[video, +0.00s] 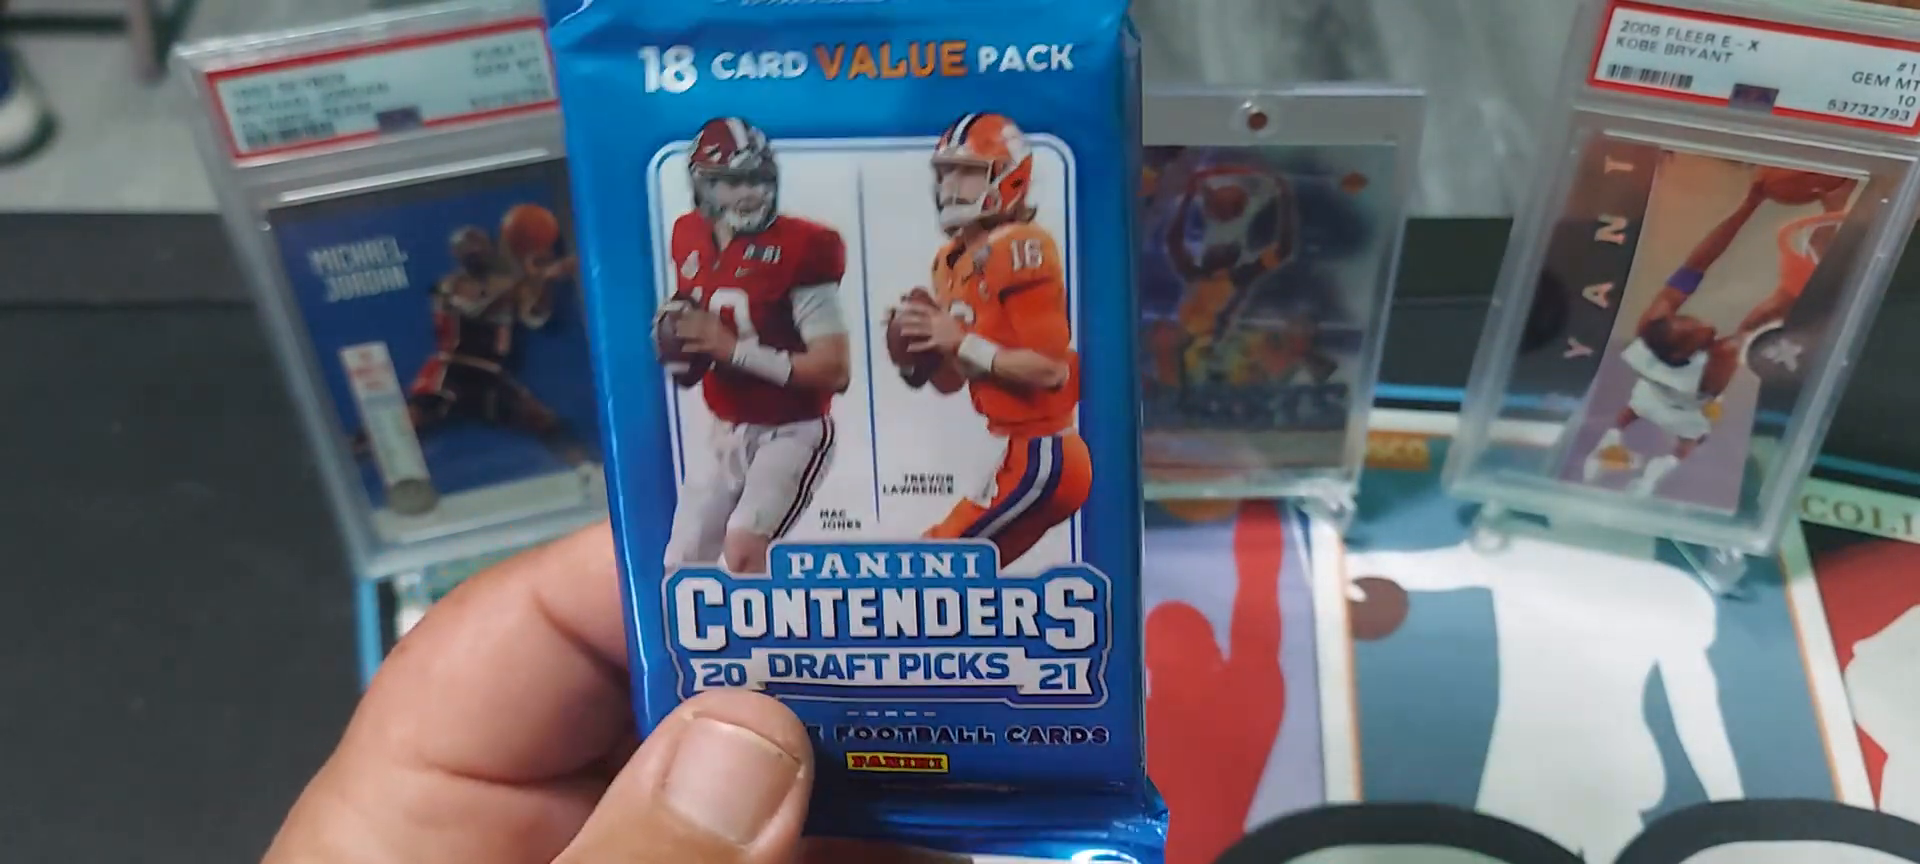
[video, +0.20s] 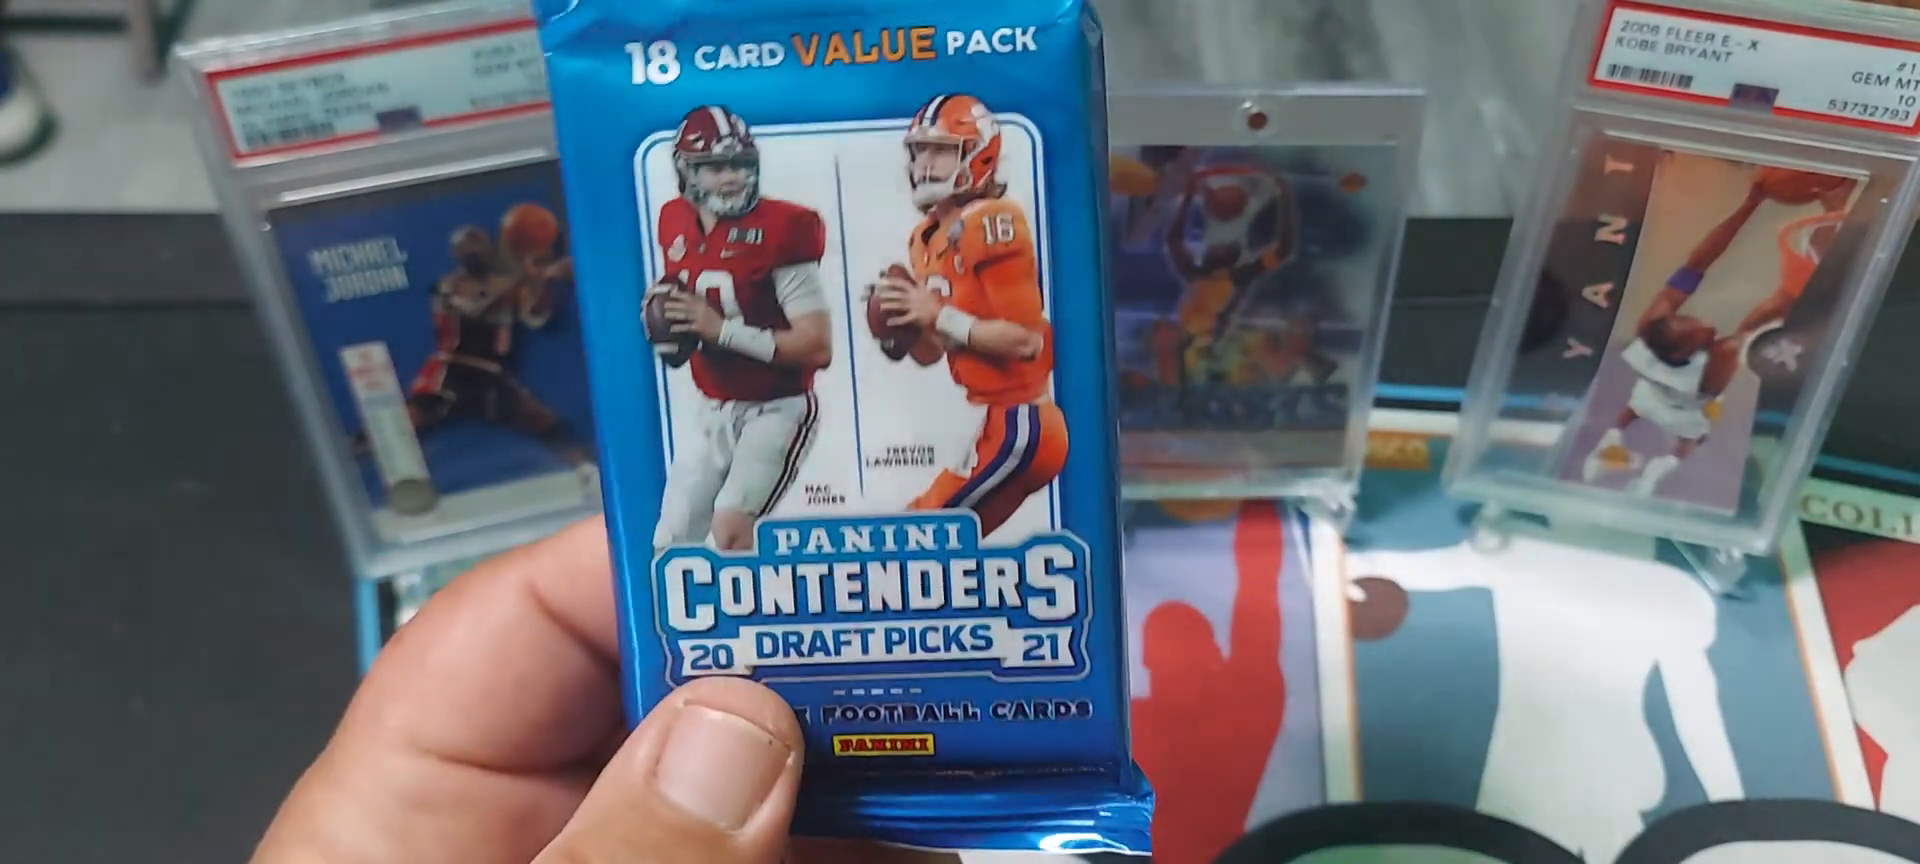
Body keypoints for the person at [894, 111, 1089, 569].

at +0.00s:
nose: (952, 187)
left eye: (970, 173)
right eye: (947, 173)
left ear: (1007, 178)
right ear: (937, 177)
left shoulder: (1020, 247)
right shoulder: (949, 260)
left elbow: (1050, 368)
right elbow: (950, 380)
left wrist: (957, 340)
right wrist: (920, 349)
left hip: (1042, 457)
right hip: (1012, 453)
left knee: (928, 572)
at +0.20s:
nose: (925, 165)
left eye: (941, 152)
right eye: (919, 152)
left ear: (978, 157)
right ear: (909, 156)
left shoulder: (993, 221)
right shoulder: (924, 237)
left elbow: (1024, 340)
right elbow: (928, 352)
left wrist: (935, 313)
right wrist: (900, 319)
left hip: (1020, 424)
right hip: (991, 422)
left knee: (909, 542)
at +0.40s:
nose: (936, 160)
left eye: (951, 147)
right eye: (930, 147)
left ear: (988, 152)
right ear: (921, 150)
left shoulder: (1001, 214)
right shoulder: (932, 229)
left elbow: (1031, 333)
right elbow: (934, 346)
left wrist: (946, 307)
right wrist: (905, 308)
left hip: (1026, 418)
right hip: (1002, 416)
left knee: (915, 535)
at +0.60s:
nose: (951, 185)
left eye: (966, 172)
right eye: (945, 171)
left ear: (1003, 177)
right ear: (935, 175)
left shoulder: (1015, 243)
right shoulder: (946, 255)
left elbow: (1046, 362)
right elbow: (946, 374)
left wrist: (958, 335)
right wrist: (915, 335)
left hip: (1037, 448)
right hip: (1014, 444)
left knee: (925, 563)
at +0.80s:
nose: (961, 212)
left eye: (977, 199)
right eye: (956, 198)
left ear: (1014, 204)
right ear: (946, 202)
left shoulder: (1028, 273)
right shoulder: (956, 284)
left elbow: (1055, 390)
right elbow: (953, 402)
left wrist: (966, 363)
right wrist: (926, 360)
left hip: (1045, 478)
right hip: (1017, 473)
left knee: (930, 587)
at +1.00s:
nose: (927, 260)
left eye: (944, 248)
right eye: (921, 247)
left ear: (984, 252)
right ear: (912, 251)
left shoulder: (1002, 318)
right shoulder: (928, 331)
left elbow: (1035, 433)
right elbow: (934, 444)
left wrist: (942, 407)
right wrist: (900, 411)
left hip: (1031, 517)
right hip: (1003, 513)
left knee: (917, 620)